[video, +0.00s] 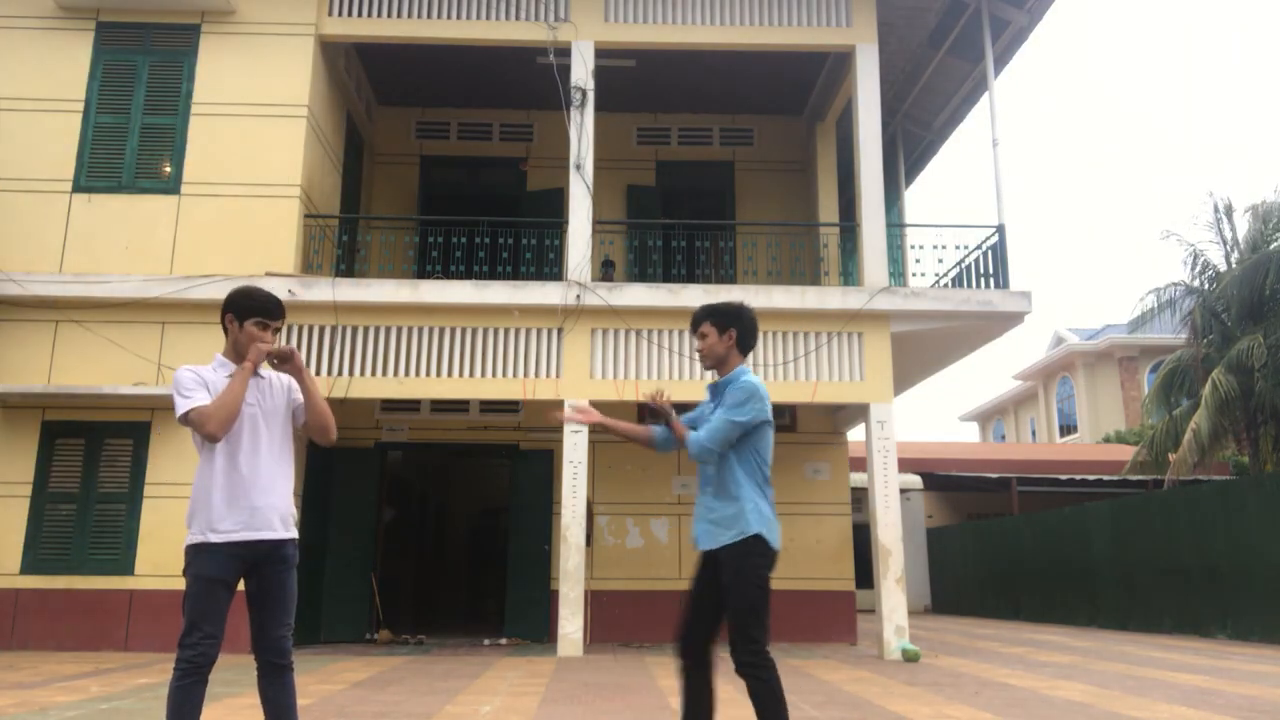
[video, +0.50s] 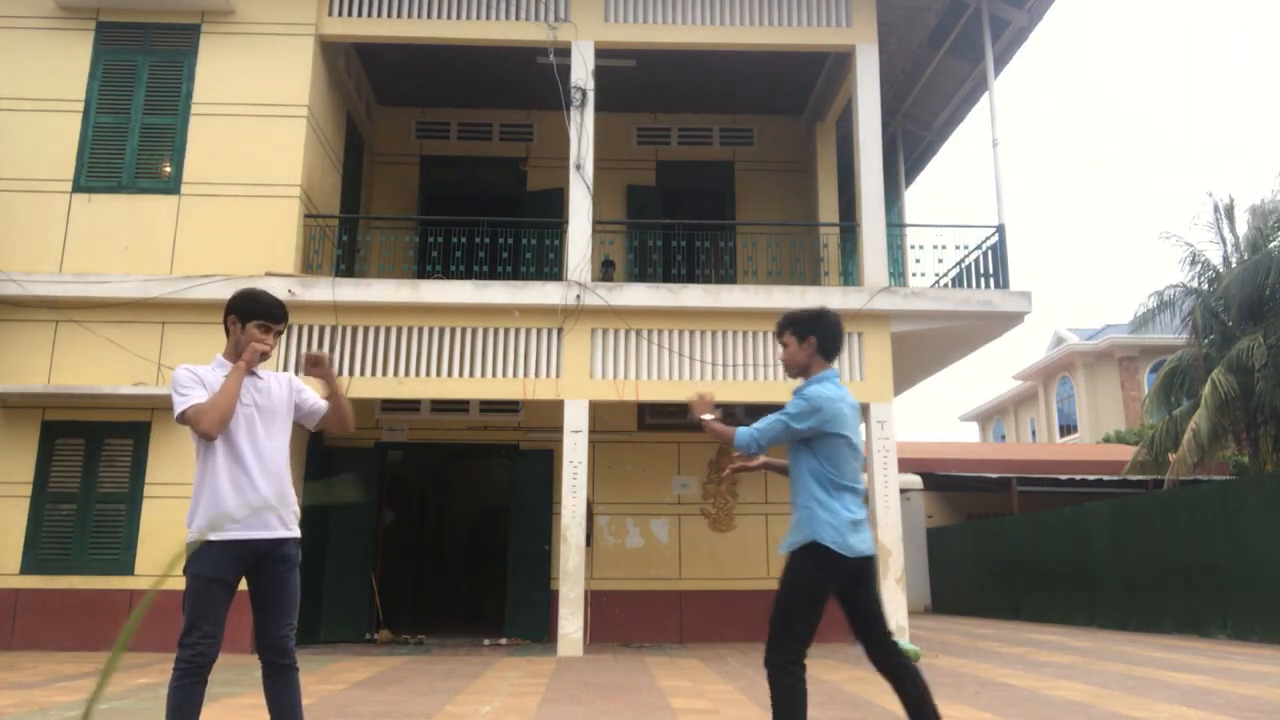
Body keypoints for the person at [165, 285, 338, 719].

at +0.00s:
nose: (268, 337)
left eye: (275, 330)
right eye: (260, 326)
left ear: (279, 335)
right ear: (230, 323)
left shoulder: (285, 386)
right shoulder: (193, 377)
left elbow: (326, 434)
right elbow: (213, 427)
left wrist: (302, 374)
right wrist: (247, 366)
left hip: (277, 538)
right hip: (215, 538)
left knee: (278, 658)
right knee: (197, 656)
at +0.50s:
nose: (268, 341)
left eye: (275, 334)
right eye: (261, 330)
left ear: (279, 338)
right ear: (232, 324)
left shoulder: (285, 385)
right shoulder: (192, 376)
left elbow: (341, 424)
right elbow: (208, 425)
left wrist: (330, 380)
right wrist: (241, 366)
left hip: (278, 537)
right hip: (217, 536)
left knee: (280, 653)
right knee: (197, 655)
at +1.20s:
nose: (290, 350)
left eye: (295, 344)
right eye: (282, 340)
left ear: (299, 347)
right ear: (253, 337)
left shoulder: (308, 398)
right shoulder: (213, 391)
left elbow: (366, 438)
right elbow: (225, 440)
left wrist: (395, 409)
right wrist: (262, 381)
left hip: (300, 549)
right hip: (233, 551)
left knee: (337, 655)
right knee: (204, 663)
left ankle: (369, 719)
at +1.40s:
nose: (319, 359)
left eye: (324, 352)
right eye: (310, 350)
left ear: (328, 357)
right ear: (279, 350)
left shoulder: (338, 408)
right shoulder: (244, 405)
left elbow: (395, 450)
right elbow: (261, 452)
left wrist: (420, 420)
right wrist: (297, 391)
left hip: (338, 561)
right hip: (268, 563)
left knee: (391, 652)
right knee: (213, 667)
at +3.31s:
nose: (336, 368)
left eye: (340, 359)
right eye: (327, 357)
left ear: (343, 364)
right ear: (294, 358)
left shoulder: (352, 417)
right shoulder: (258, 412)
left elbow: (397, 470)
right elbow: (276, 467)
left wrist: (449, 472)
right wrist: (320, 408)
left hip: (347, 569)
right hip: (275, 570)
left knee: (413, 649)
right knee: (199, 662)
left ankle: (423, 719)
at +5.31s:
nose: (337, 367)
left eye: (341, 358)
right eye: (328, 356)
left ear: (344, 362)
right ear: (296, 357)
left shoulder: (353, 416)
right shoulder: (259, 413)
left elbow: (395, 472)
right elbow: (279, 468)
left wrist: (445, 474)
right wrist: (323, 411)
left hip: (349, 568)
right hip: (277, 570)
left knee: (415, 651)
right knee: (202, 663)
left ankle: (424, 718)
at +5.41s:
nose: (328, 367)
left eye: (332, 358)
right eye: (318, 356)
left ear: (335, 364)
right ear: (287, 358)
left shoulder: (349, 416)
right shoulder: (252, 417)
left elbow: (385, 478)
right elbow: (274, 473)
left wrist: (413, 467)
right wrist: (318, 416)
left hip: (342, 568)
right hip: (272, 571)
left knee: (406, 655)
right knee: (198, 668)